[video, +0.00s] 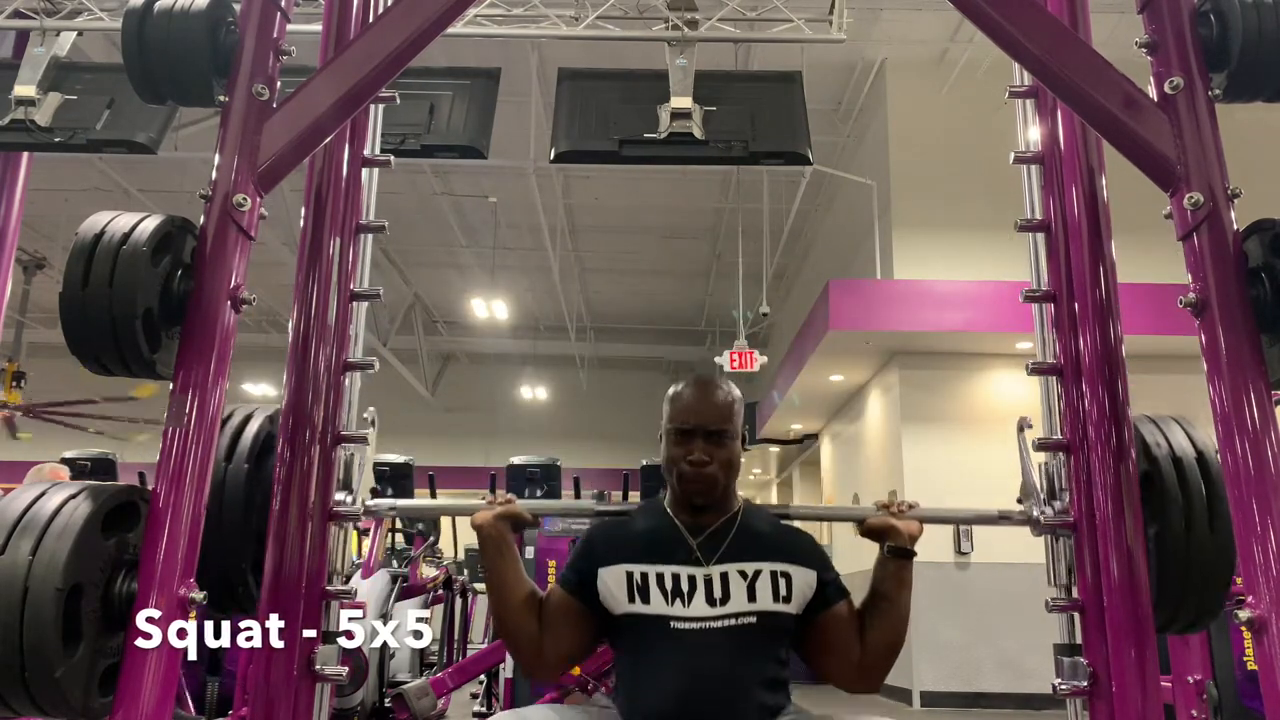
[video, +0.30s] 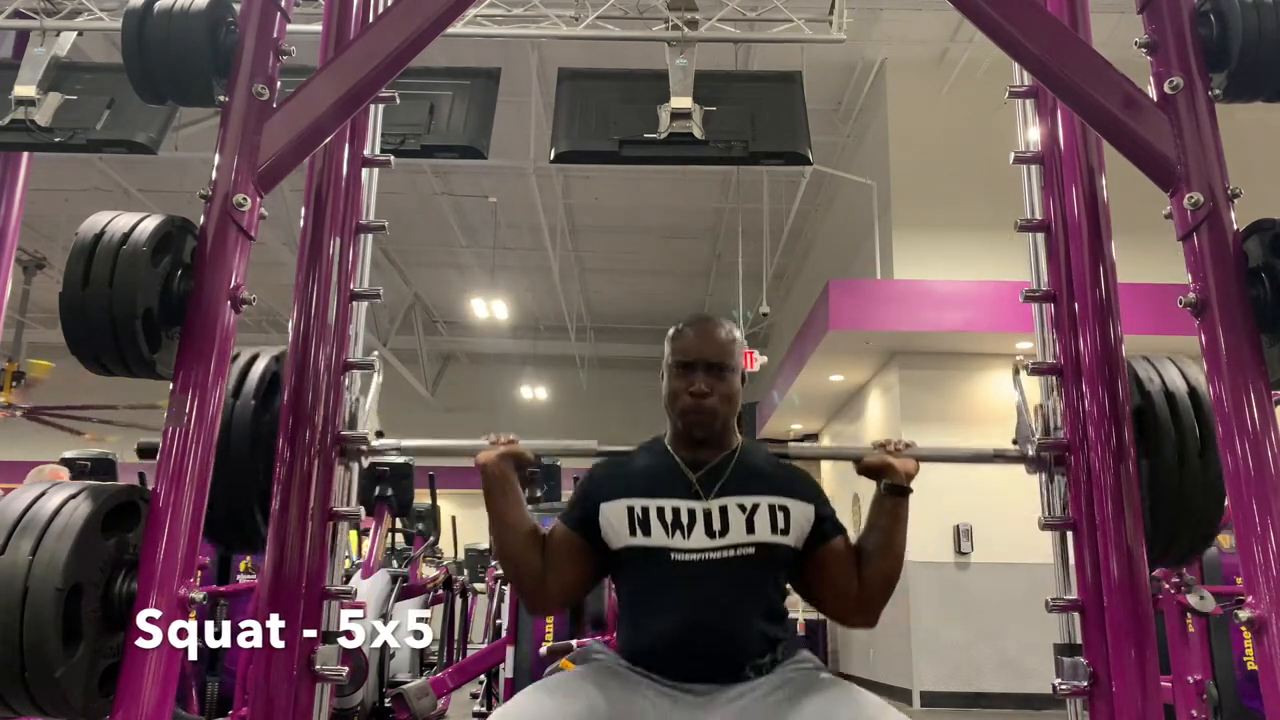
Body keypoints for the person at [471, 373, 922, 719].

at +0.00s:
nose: (697, 453)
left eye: (716, 438)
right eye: (682, 437)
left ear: (742, 447)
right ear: (662, 444)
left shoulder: (792, 552)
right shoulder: (611, 545)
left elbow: (859, 672)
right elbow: (541, 657)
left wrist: (897, 554)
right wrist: (496, 542)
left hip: (756, 714)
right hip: (646, 714)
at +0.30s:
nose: (698, 383)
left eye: (714, 371)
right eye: (684, 370)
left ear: (740, 385)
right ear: (664, 383)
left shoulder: (786, 486)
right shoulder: (614, 483)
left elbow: (858, 605)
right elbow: (543, 590)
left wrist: (893, 492)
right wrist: (499, 483)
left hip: (768, 686)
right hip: (633, 683)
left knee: (887, 718)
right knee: (511, 718)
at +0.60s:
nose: (698, 304)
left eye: (714, 291)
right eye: (684, 291)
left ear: (739, 308)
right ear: (666, 306)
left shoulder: (782, 408)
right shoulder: (617, 407)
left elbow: (855, 524)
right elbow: (548, 513)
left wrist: (889, 418)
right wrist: (502, 405)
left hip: (764, 628)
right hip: (633, 625)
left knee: (879, 717)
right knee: (526, 715)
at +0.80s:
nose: (702, 226)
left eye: (717, 215)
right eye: (688, 214)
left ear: (741, 235)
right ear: (667, 232)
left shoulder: (786, 336)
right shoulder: (619, 334)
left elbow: (855, 447)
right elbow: (549, 438)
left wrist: (886, 343)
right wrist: (508, 337)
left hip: (771, 565)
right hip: (637, 561)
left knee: (840, 709)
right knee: (567, 708)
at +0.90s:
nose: (702, 206)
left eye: (719, 195)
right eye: (687, 194)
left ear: (741, 214)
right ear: (666, 215)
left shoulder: (788, 314)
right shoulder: (617, 313)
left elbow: (856, 425)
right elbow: (547, 414)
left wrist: (887, 319)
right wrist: (507, 312)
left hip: (773, 543)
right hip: (640, 539)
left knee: (819, 708)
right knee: (597, 705)